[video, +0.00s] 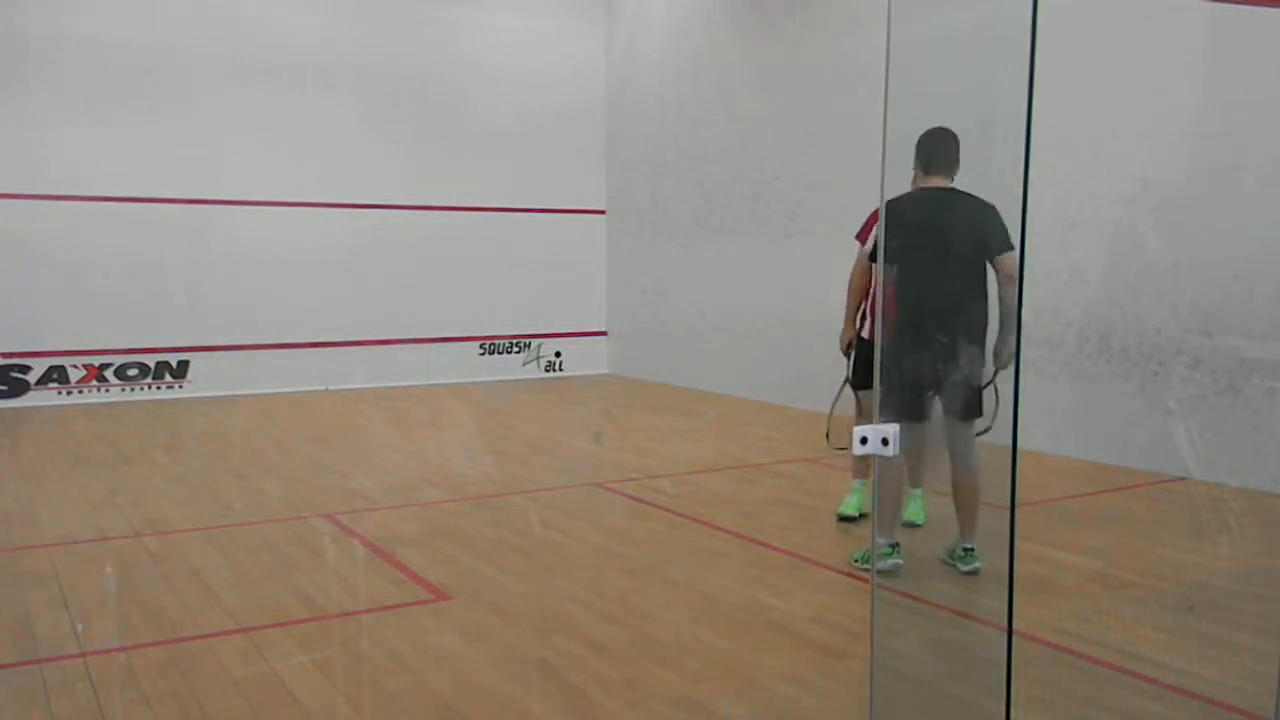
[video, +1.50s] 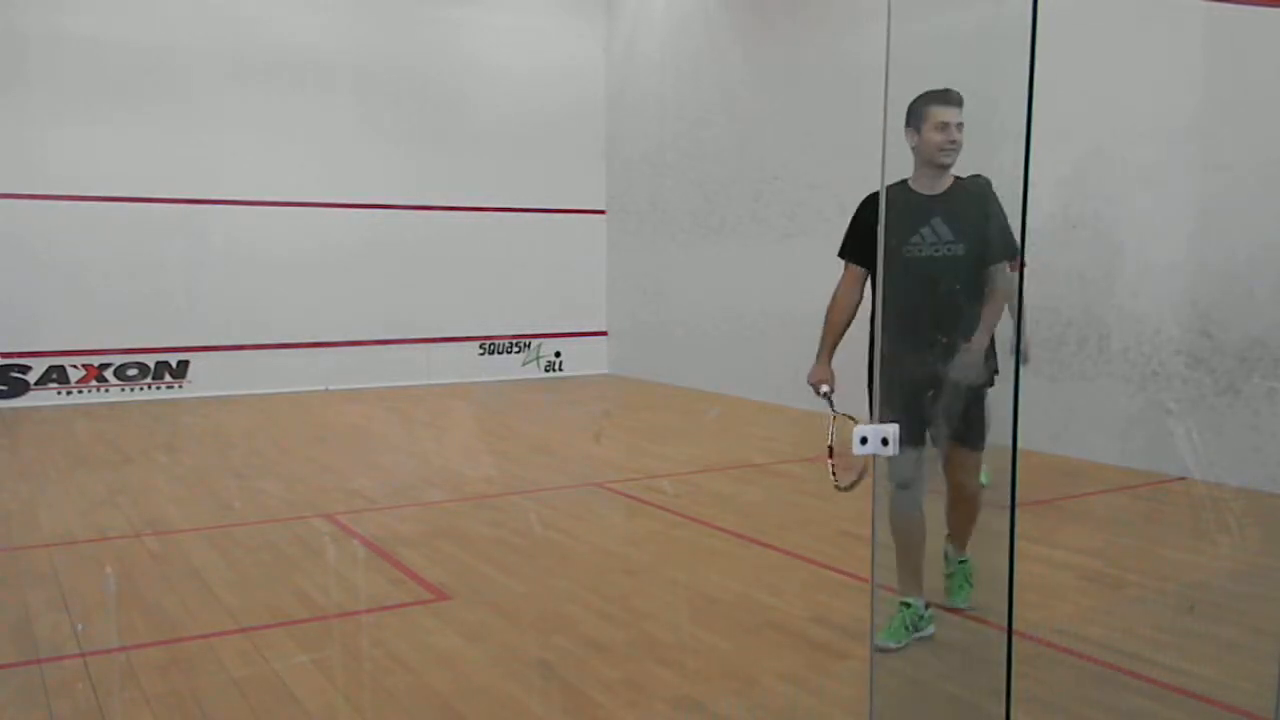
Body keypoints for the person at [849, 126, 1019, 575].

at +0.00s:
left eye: (920, 163)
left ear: (916, 164)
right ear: (957, 166)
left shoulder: (894, 210)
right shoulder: (981, 212)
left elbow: (869, 275)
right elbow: (1009, 275)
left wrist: (855, 326)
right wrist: (1007, 336)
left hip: (906, 342)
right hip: (964, 343)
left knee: (893, 440)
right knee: (963, 440)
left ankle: (884, 545)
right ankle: (967, 546)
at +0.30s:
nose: (947, 163)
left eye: (943, 156)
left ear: (940, 159)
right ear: (981, 162)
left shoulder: (922, 206)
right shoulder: (1001, 213)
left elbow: (891, 270)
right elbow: (1032, 279)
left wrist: (925, 261)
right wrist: (1025, 338)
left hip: (932, 340)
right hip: (981, 342)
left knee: (920, 436)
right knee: (968, 437)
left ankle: (938, 551)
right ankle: (968, 547)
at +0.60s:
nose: (929, 157)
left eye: (933, 150)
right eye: (933, 149)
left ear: (945, 153)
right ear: (973, 156)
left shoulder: (956, 205)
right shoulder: (989, 208)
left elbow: (947, 273)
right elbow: (1005, 276)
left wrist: (906, 293)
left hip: (957, 346)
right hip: (979, 345)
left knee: (946, 445)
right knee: (959, 446)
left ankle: (975, 566)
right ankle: (968, 546)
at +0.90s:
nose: (940, 152)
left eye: (951, 145)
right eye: (937, 143)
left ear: (979, 150)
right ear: (935, 144)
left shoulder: (995, 204)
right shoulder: (948, 205)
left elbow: (1009, 280)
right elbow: (943, 276)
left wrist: (944, 300)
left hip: (976, 349)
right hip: (936, 344)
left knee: (967, 453)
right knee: (918, 447)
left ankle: (979, 570)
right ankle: (929, 551)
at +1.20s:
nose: (968, 150)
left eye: (978, 142)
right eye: (958, 141)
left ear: (989, 149)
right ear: (937, 145)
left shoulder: (1009, 212)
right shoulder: (911, 208)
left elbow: (1033, 281)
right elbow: (894, 281)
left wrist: (992, 315)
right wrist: (879, 334)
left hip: (978, 357)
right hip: (918, 351)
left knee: (971, 457)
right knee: (910, 464)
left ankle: (978, 571)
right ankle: (904, 587)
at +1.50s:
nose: (952, 137)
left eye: (958, 128)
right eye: (941, 128)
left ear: (962, 137)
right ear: (912, 135)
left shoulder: (978, 198)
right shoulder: (881, 207)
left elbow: (1001, 279)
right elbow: (852, 283)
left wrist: (978, 344)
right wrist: (824, 354)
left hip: (963, 363)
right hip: (899, 363)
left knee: (965, 480)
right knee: (903, 482)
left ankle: (957, 554)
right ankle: (911, 604)